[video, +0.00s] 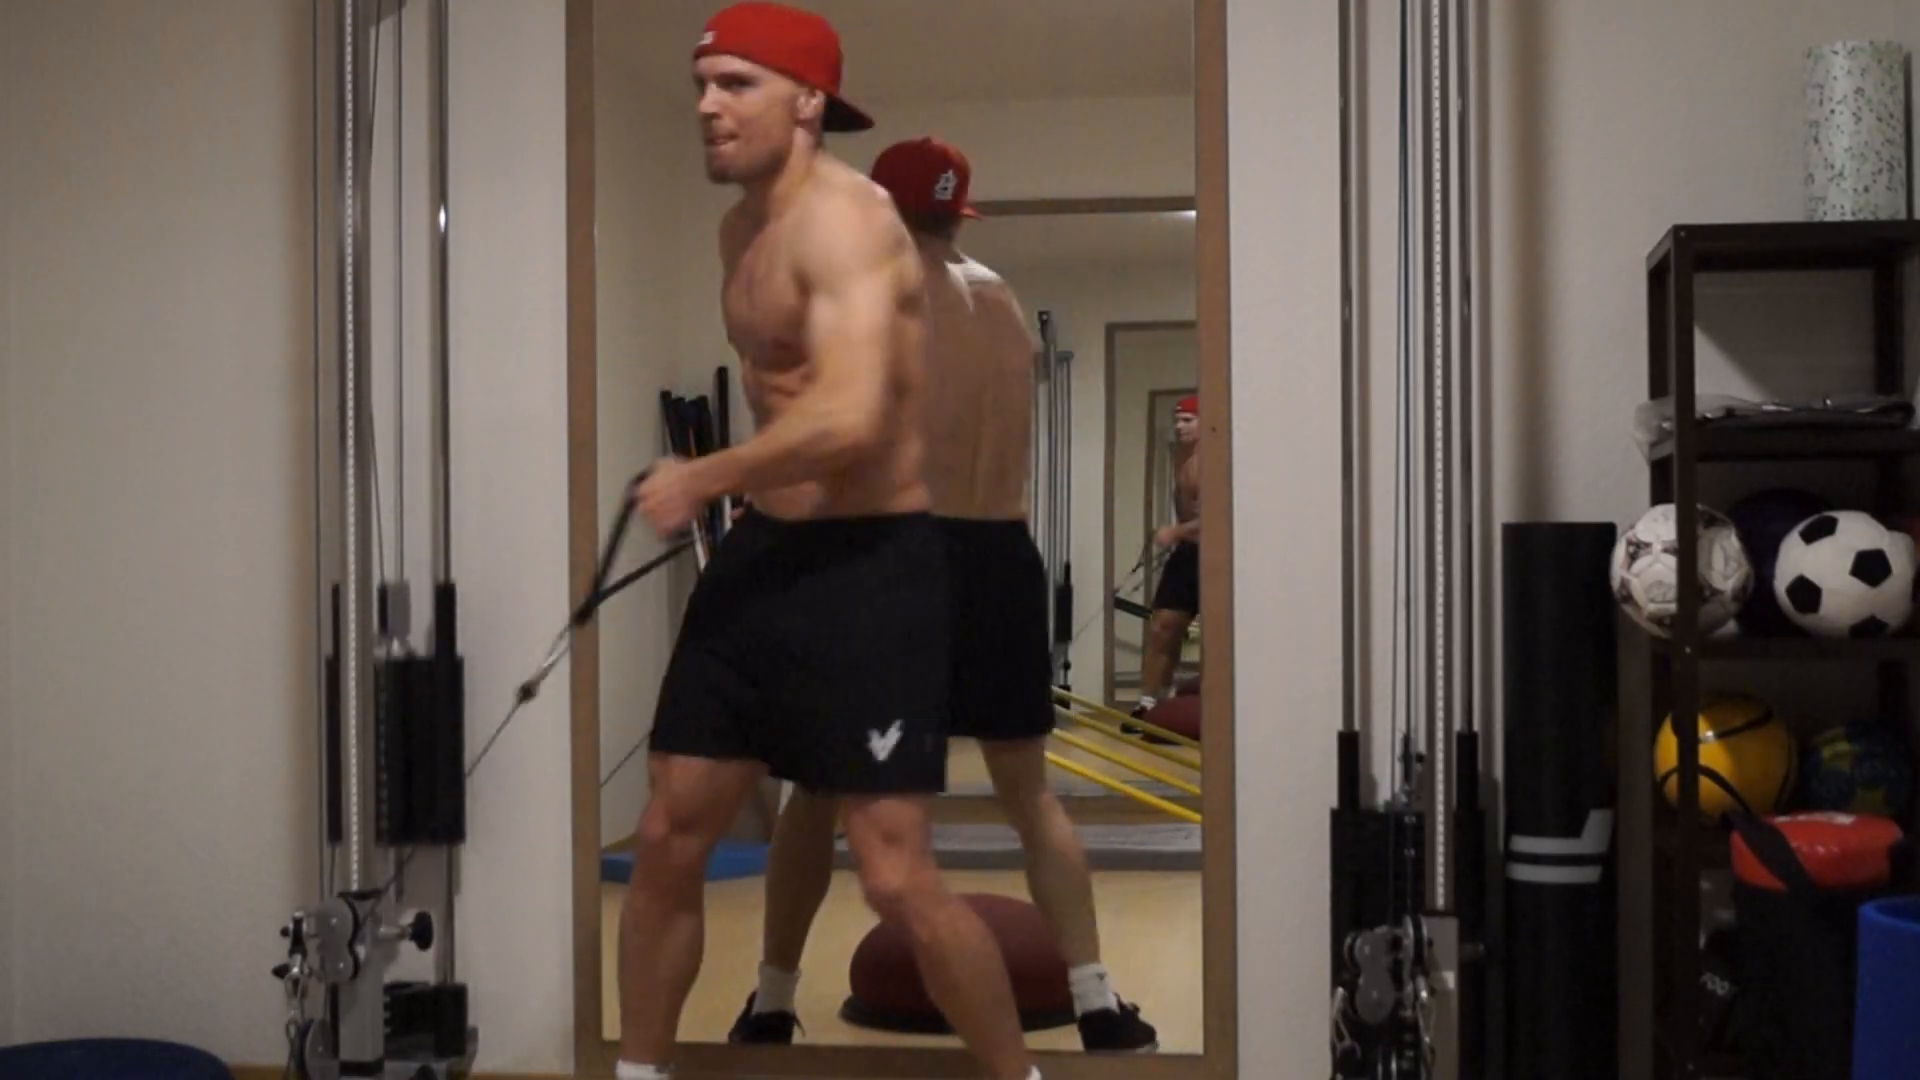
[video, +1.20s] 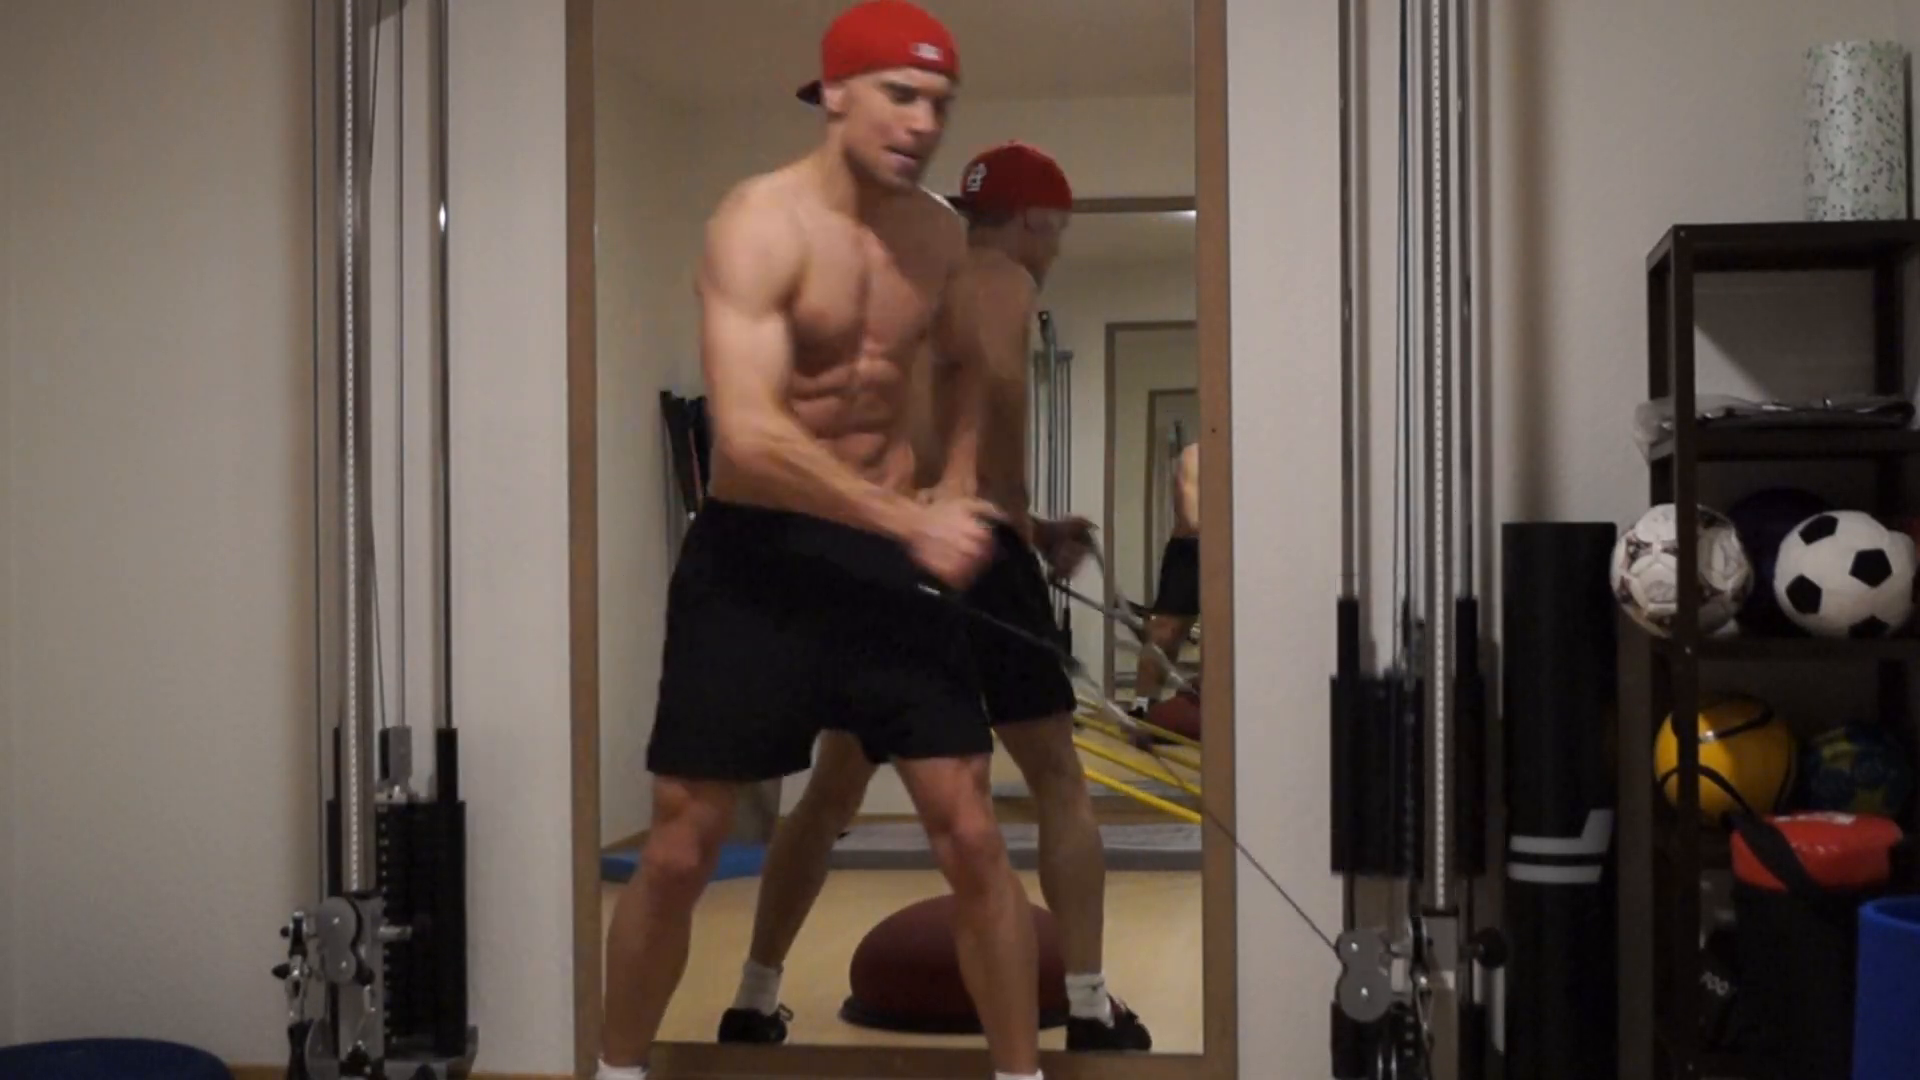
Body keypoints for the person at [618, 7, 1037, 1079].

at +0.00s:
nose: (710, 105)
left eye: (737, 86)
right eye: (704, 86)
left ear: (807, 105)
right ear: (701, 101)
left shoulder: (850, 219)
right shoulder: (742, 225)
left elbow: (854, 415)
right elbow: (780, 388)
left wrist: (702, 479)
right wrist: (746, 518)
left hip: (875, 570)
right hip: (762, 562)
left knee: (898, 880)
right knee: (669, 840)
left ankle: (1016, 1071)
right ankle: (639, 1073)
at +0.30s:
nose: (712, 131)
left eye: (739, 107)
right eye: (707, 110)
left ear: (812, 125)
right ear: (713, 124)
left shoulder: (839, 245)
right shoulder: (792, 244)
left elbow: (740, 438)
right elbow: (778, 403)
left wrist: (617, 544)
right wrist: (706, 438)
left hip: (890, 590)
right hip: (781, 583)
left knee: (897, 894)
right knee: (663, 850)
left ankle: (1019, 1071)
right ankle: (643, 1073)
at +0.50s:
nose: (803, 97)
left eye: (832, 82)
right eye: (785, 79)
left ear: (873, 116)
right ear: (759, 103)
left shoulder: (911, 248)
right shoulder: (692, 236)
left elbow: (975, 341)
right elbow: (602, 415)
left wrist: (939, 460)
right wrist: (735, 487)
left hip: (860, 570)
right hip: (711, 571)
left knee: (961, 839)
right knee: (646, 860)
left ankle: (1044, 1072)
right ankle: (607, 1075)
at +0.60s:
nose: (744, 92)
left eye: (773, 76)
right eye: (728, 74)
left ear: (825, 102)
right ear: (707, 95)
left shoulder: (879, 235)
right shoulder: (646, 237)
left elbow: (988, 338)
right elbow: (519, 381)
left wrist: (935, 469)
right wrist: (580, 444)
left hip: (839, 566)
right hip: (689, 568)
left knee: (942, 838)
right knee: (627, 853)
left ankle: (1038, 1069)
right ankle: (609, 1075)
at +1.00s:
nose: (761, 90)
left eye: (791, 71)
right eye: (746, 67)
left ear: (842, 97)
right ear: (724, 86)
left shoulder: (900, 225)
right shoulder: (672, 228)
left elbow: (1015, 337)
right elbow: (549, 380)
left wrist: (958, 474)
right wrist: (669, 439)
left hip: (858, 559)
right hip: (709, 560)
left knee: (943, 843)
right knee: (643, 849)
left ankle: (1013, 1072)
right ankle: (612, 1073)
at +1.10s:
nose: (854, 103)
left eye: (879, 85)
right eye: (833, 77)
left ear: (902, 109)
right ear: (789, 89)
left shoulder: (932, 230)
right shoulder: (722, 224)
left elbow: (987, 351)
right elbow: (653, 413)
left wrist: (964, 477)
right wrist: (812, 488)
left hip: (886, 549)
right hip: (737, 552)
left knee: (966, 837)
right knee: (667, 848)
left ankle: (1018, 1071)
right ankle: (613, 1073)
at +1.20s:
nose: (922, 123)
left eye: (938, 104)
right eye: (899, 96)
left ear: (946, 116)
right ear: (832, 95)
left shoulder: (940, 233)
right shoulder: (759, 223)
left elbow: (964, 365)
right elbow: (746, 441)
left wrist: (956, 476)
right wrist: (910, 521)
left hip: (892, 558)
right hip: (753, 562)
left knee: (973, 836)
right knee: (678, 852)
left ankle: (1020, 1070)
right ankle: (616, 1071)